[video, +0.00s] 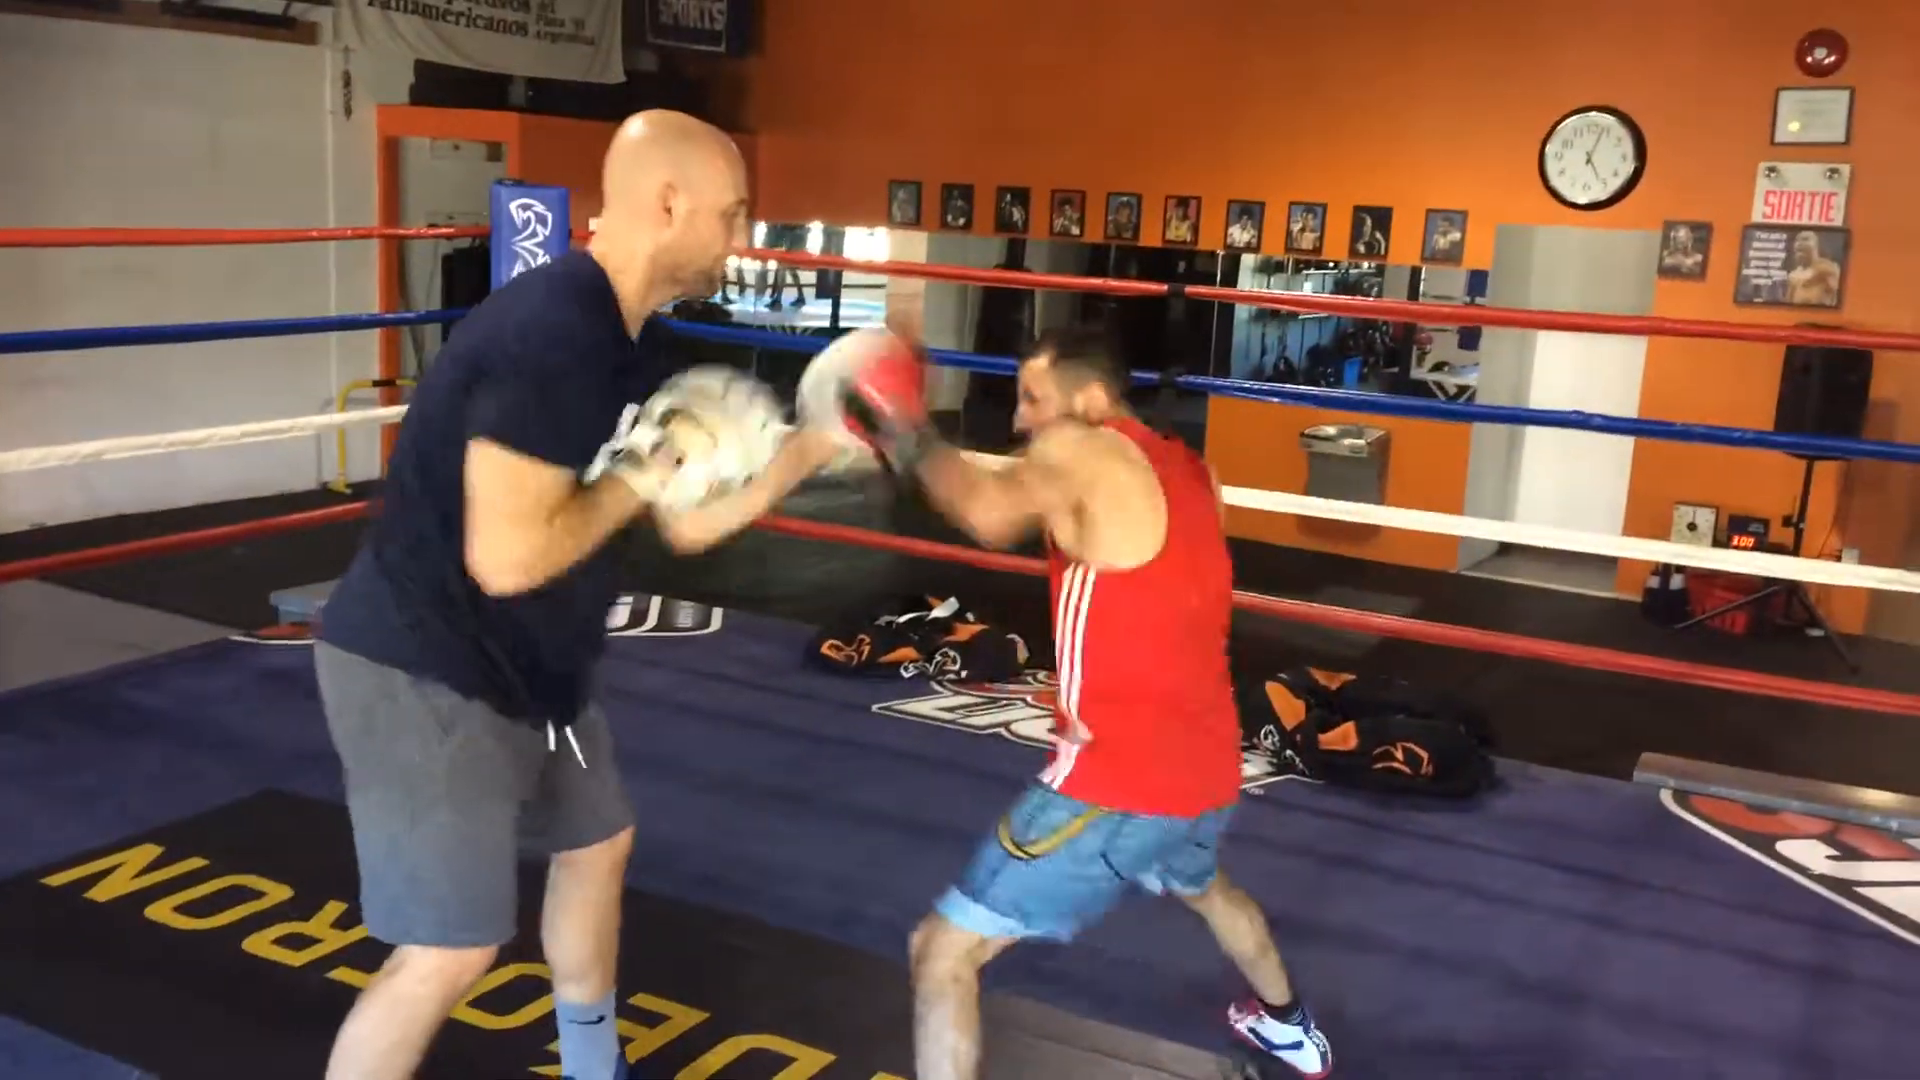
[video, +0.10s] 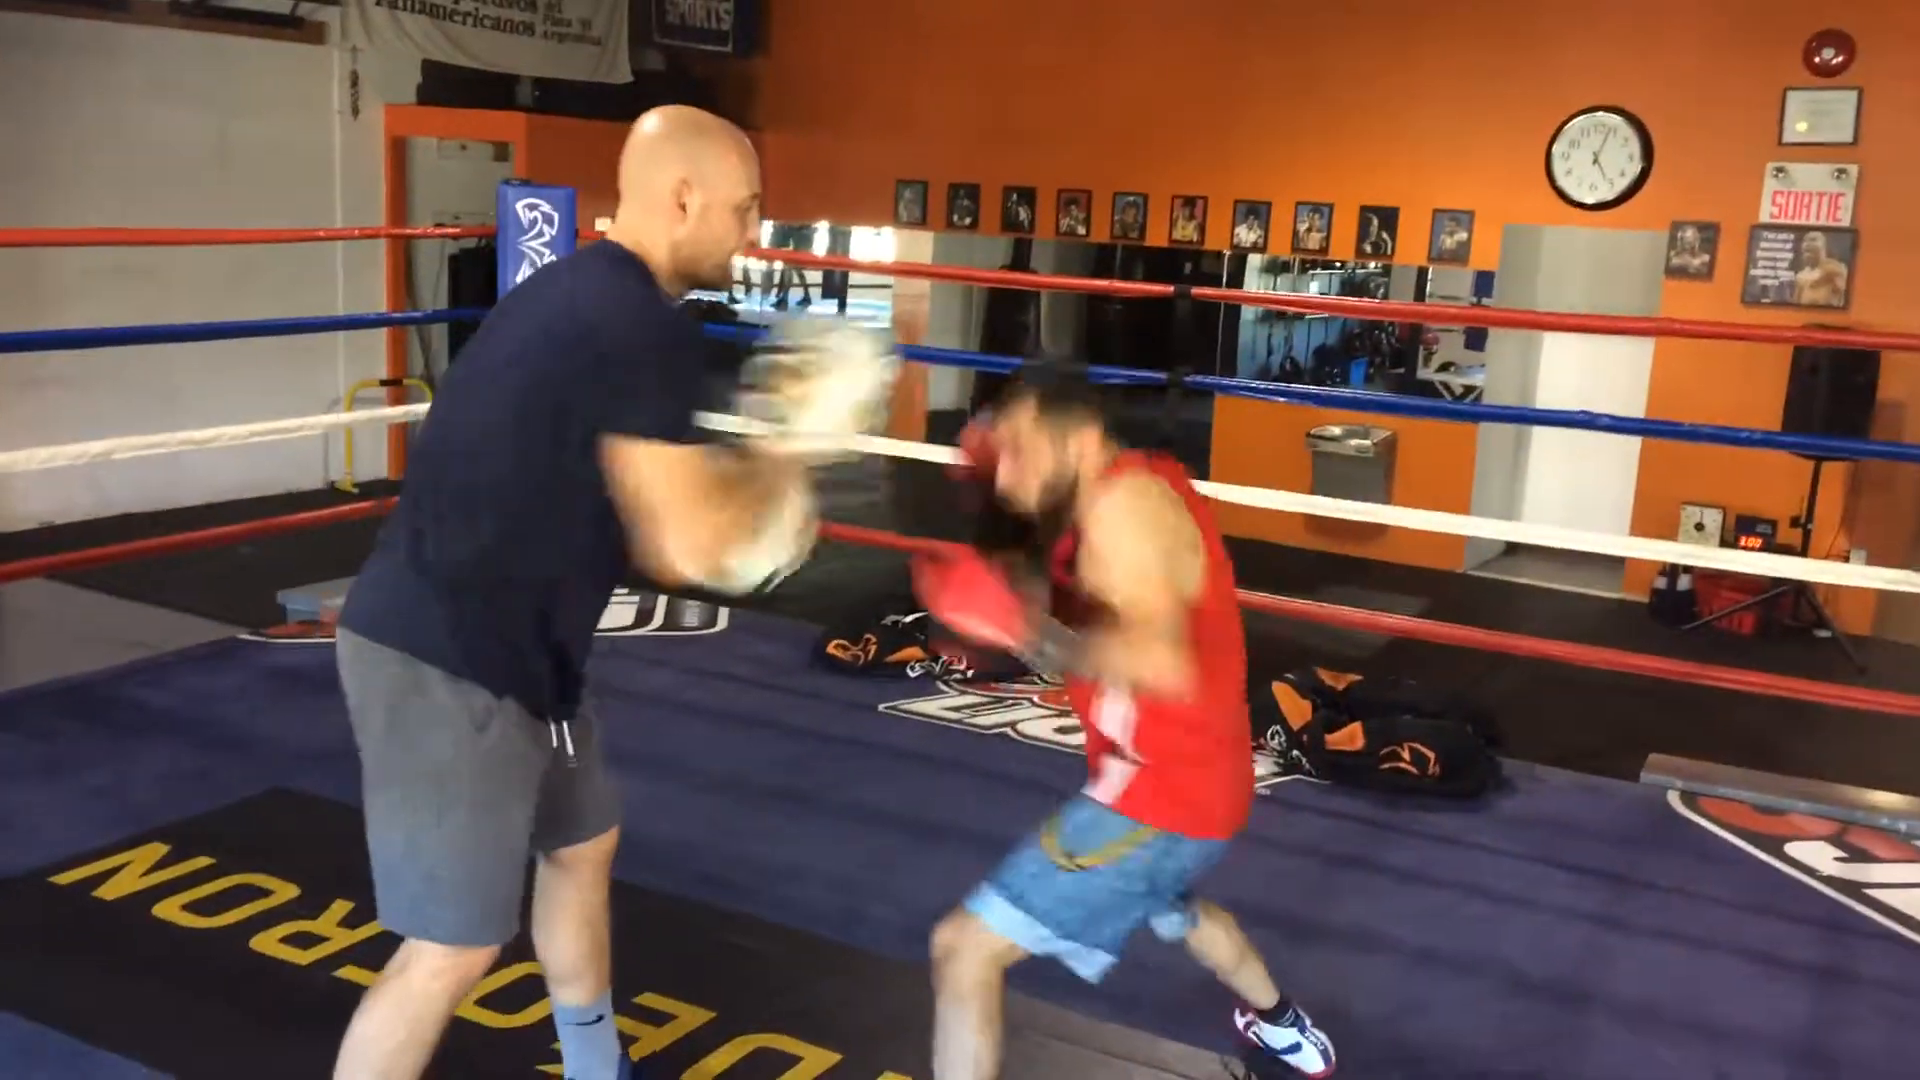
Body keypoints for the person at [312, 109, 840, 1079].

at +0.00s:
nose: (739, 247)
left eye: (742, 223)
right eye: (733, 219)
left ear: (659, 207)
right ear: (667, 204)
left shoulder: (635, 342)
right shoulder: (547, 324)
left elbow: (689, 525)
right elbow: (507, 554)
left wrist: (807, 449)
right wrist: (640, 476)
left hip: (530, 657)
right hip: (417, 659)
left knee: (596, 839)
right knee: (450, 941)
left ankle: (593, 1070)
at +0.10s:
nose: (749, 242)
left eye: (752, 216)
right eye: (744, 212)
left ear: (658, 198)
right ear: (684, 198)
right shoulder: (625, 316)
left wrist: (759, 489)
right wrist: (785, 455)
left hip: (516, 647)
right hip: (441, 651)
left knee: (581, 838)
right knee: (453, 939)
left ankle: (595, 1069)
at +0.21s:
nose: (767, 244)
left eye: (768, 222)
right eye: (757, 219)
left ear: (679, 205)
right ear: (692, 209)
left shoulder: (561, 296)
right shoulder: (671, 331)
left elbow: (531, 462)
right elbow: (865, 441)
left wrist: (651, 558)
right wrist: (1015, 441)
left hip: (518, 655)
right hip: (446, 661)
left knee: (575, 849)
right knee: (463, 950)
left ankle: (594, 1067)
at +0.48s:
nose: (819, 260)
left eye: (823, 237)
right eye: (810, 233)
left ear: (726, 218)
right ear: (743, 216)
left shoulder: (641, 296)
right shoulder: (701, 327)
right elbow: (815, 405)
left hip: (566, 644)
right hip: (489, 650)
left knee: (609, 848)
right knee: (507, 934)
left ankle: (613, 1068)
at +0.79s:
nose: (789, 242)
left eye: (793, 219)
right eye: (779, 215)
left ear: (698, 198)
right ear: (713, 196)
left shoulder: (585, 297)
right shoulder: (704, 328)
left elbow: (599, 469)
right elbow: (772, 539)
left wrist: (740, 520)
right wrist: (808, 516)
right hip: (505, 659)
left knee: (610, 846)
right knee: (511, 945)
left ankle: (618, 1067)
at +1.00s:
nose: (706, 206)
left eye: (705, 182)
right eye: (689, 180)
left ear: (606, 178)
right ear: (613, 175)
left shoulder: (525, 290)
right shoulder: (593, 315)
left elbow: (530, 447)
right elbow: (613, 549)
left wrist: (668, 457)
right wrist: (764, 602)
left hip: (518, 677)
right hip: (453, 685)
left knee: (579, 876)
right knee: (438, 954)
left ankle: (622, 1071)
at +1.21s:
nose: (653, 206)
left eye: (654, 181)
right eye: (639, 178)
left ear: (563, 169)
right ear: (564, 166)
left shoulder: (531, 306)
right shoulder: (480, 311)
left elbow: (560, 479)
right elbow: (460, 558)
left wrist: (675, 387)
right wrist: (641, 616)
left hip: (480, 664)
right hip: (379, 682)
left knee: (533, 891)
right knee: (378, 971)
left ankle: (599, 1072)